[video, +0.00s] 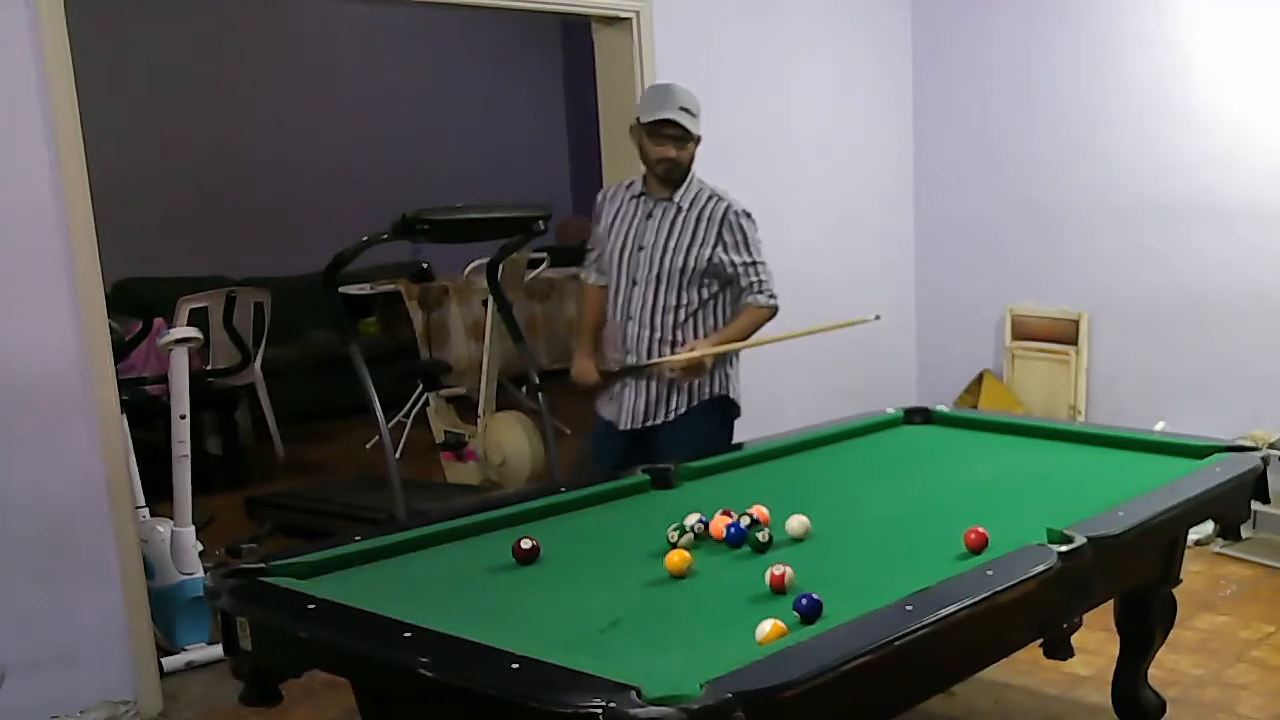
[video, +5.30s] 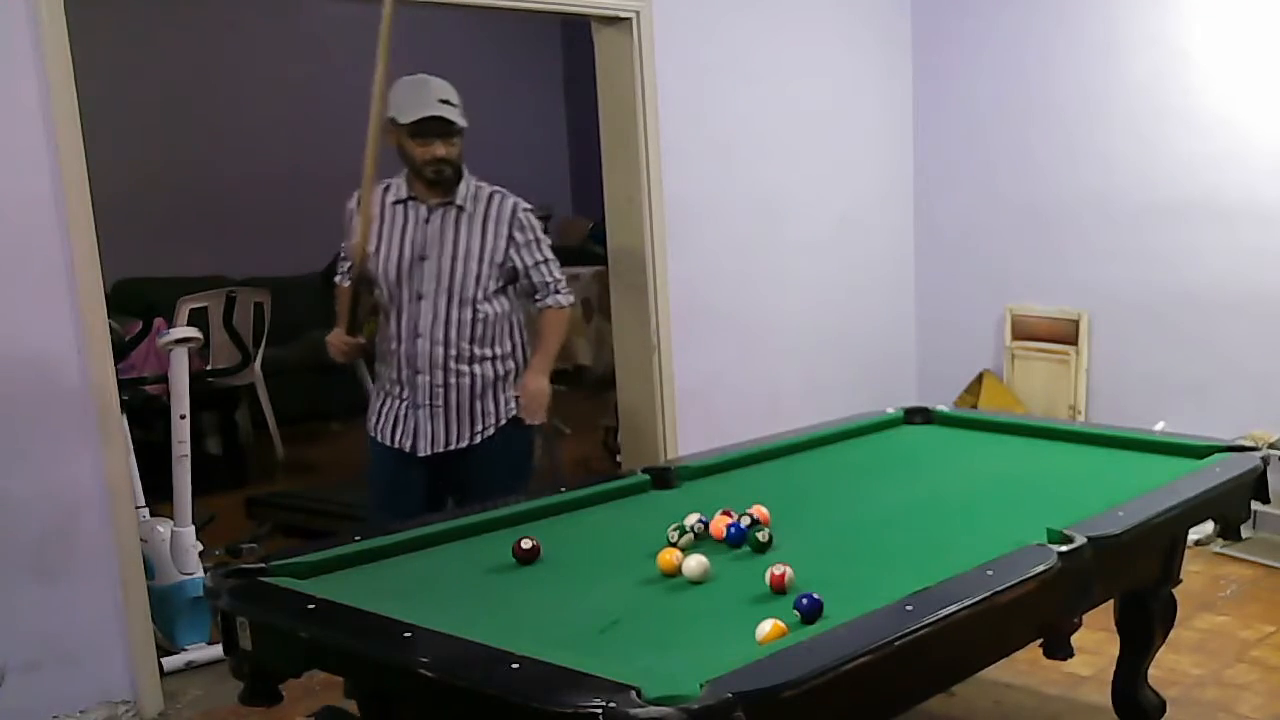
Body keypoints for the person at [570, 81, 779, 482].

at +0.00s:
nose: (668, 152)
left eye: (680, 141)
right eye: (657, 139)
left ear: (696, 145)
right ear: (637, 138)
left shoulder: (724, 217)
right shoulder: (612, 202)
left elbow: (763, 301)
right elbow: (597, 278)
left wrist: (711, 347)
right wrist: (585, 350)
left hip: (692, 407)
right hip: (620, 404)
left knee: (688, 530)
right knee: (611, 528)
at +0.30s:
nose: (628, 157)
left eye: (639, 146)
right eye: (616, 144)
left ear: (650, 146)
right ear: (589, 140)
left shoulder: (682, 219)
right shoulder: (555, 206)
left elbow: (719, 305)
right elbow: (541, 283)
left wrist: (674, 353)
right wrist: (539, 359)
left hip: (664, 418)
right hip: (581, 418)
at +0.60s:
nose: (564, 153)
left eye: (574, 139)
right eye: (549, 138)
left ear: (585, 138)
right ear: (517, 134)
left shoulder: (618, 212)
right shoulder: (478, 209)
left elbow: (657, 300)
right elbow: (463, 295)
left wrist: (629, 358)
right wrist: (470, 377)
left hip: (607, 421)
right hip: (520, 426)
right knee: (536, 552)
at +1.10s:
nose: (525, 166)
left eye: (534, 152)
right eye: (510, 151)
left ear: (544, 147)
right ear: (469, 141)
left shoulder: (572, 227)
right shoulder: (415, 217)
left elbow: (600, 323)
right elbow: (384, 304)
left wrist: (580, 387)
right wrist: (401, 395)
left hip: (549, 443)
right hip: (459, 445)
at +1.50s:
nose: (519, 187)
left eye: (527, 172)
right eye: (503, 171)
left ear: (535, 168)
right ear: (457, 160)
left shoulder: (551, 248)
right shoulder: (392, 213)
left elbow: (587, 343)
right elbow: (336, 265)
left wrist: (604, 422)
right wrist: (340, 365)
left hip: (519, 449)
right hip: (421, 447)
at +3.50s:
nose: (500, 164)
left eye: (506, 150)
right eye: (485, 147)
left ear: (511, 150)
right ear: (443, 139)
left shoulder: (524, 229)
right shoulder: (368, 207)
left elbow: (547, 311)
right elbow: (310, 287)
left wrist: (548, 385)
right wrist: (350, 336)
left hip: (499, 436)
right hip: (402, 435)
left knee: (509, 573)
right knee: (408, 580)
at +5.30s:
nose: (439, 151)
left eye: (449, 137)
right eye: (423, 139)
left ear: (463, 139)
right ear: (397, 139)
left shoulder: (507, 214)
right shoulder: (369, 209)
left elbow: (556, 299)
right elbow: (349, 276)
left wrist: (539, 373)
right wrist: (343, 328)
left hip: (491, 422)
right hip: (401, 422)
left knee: (490, 558)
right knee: (398, 561)